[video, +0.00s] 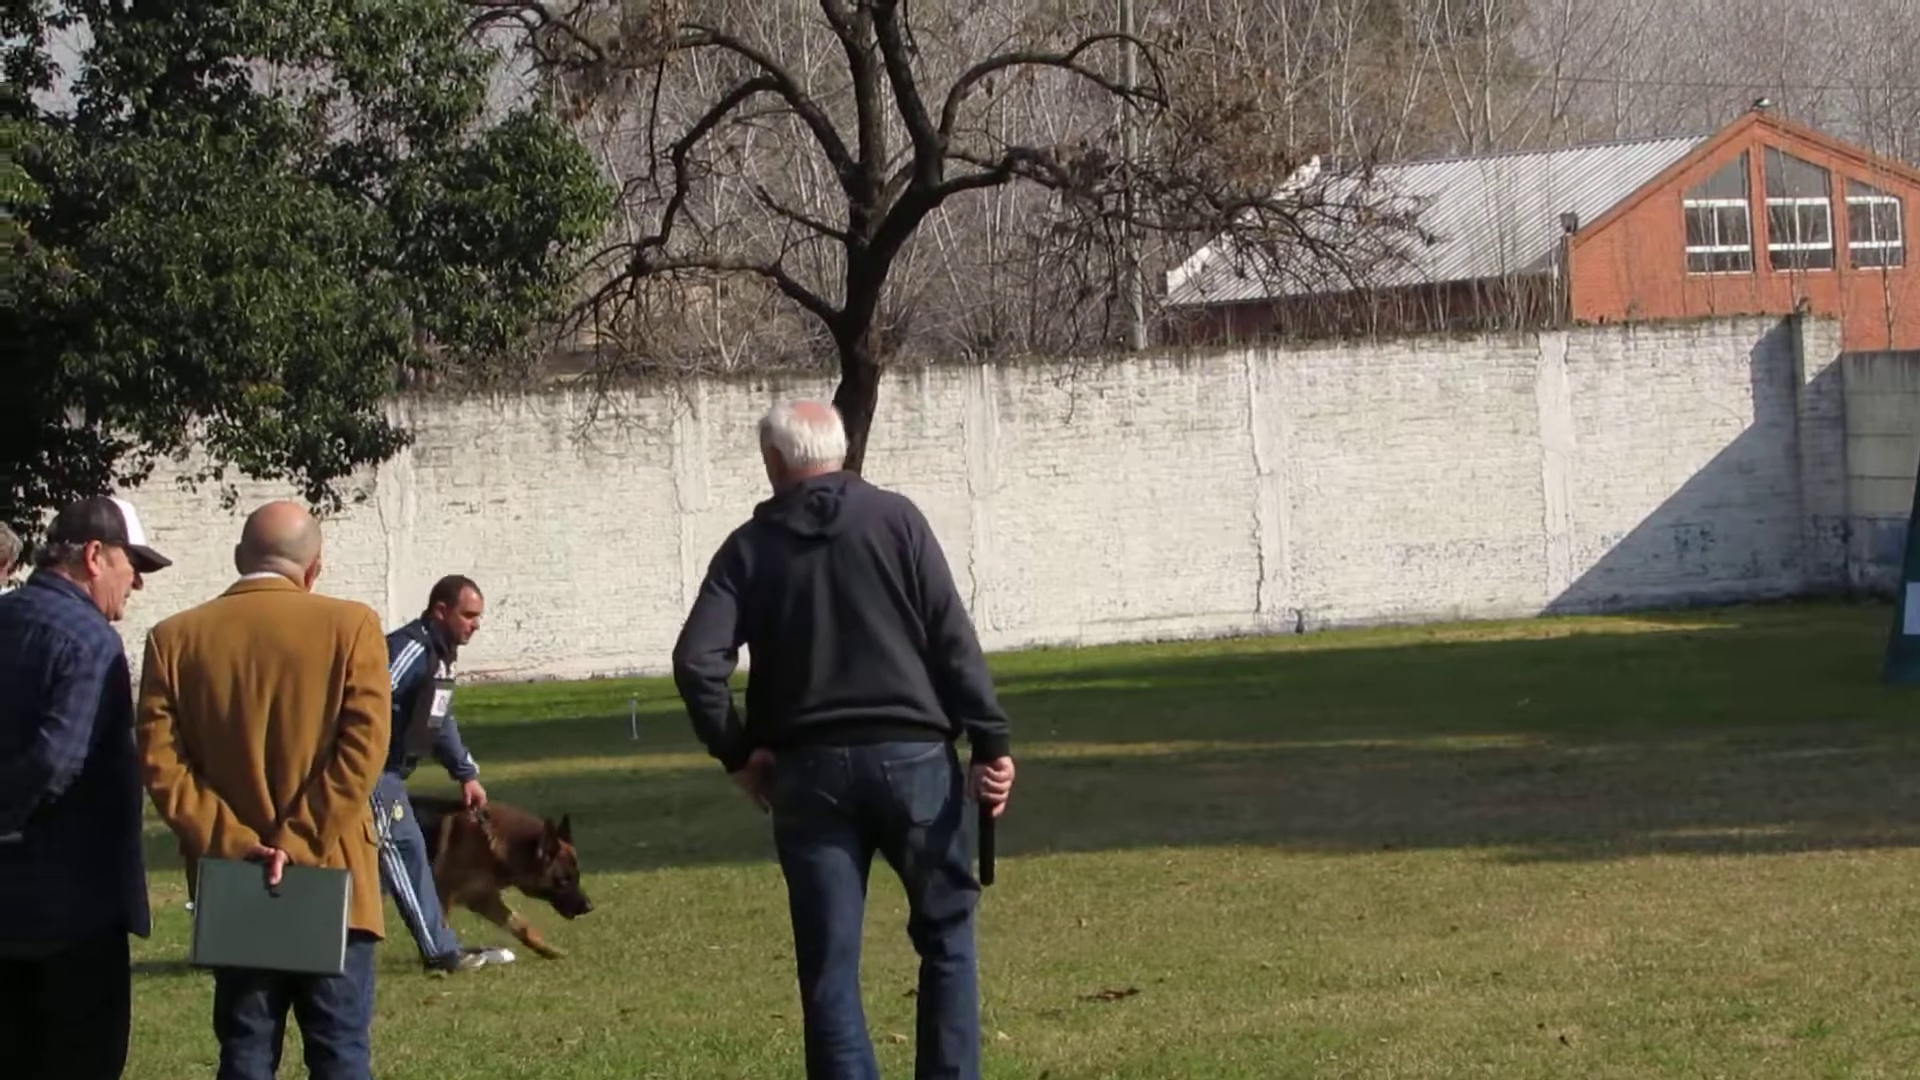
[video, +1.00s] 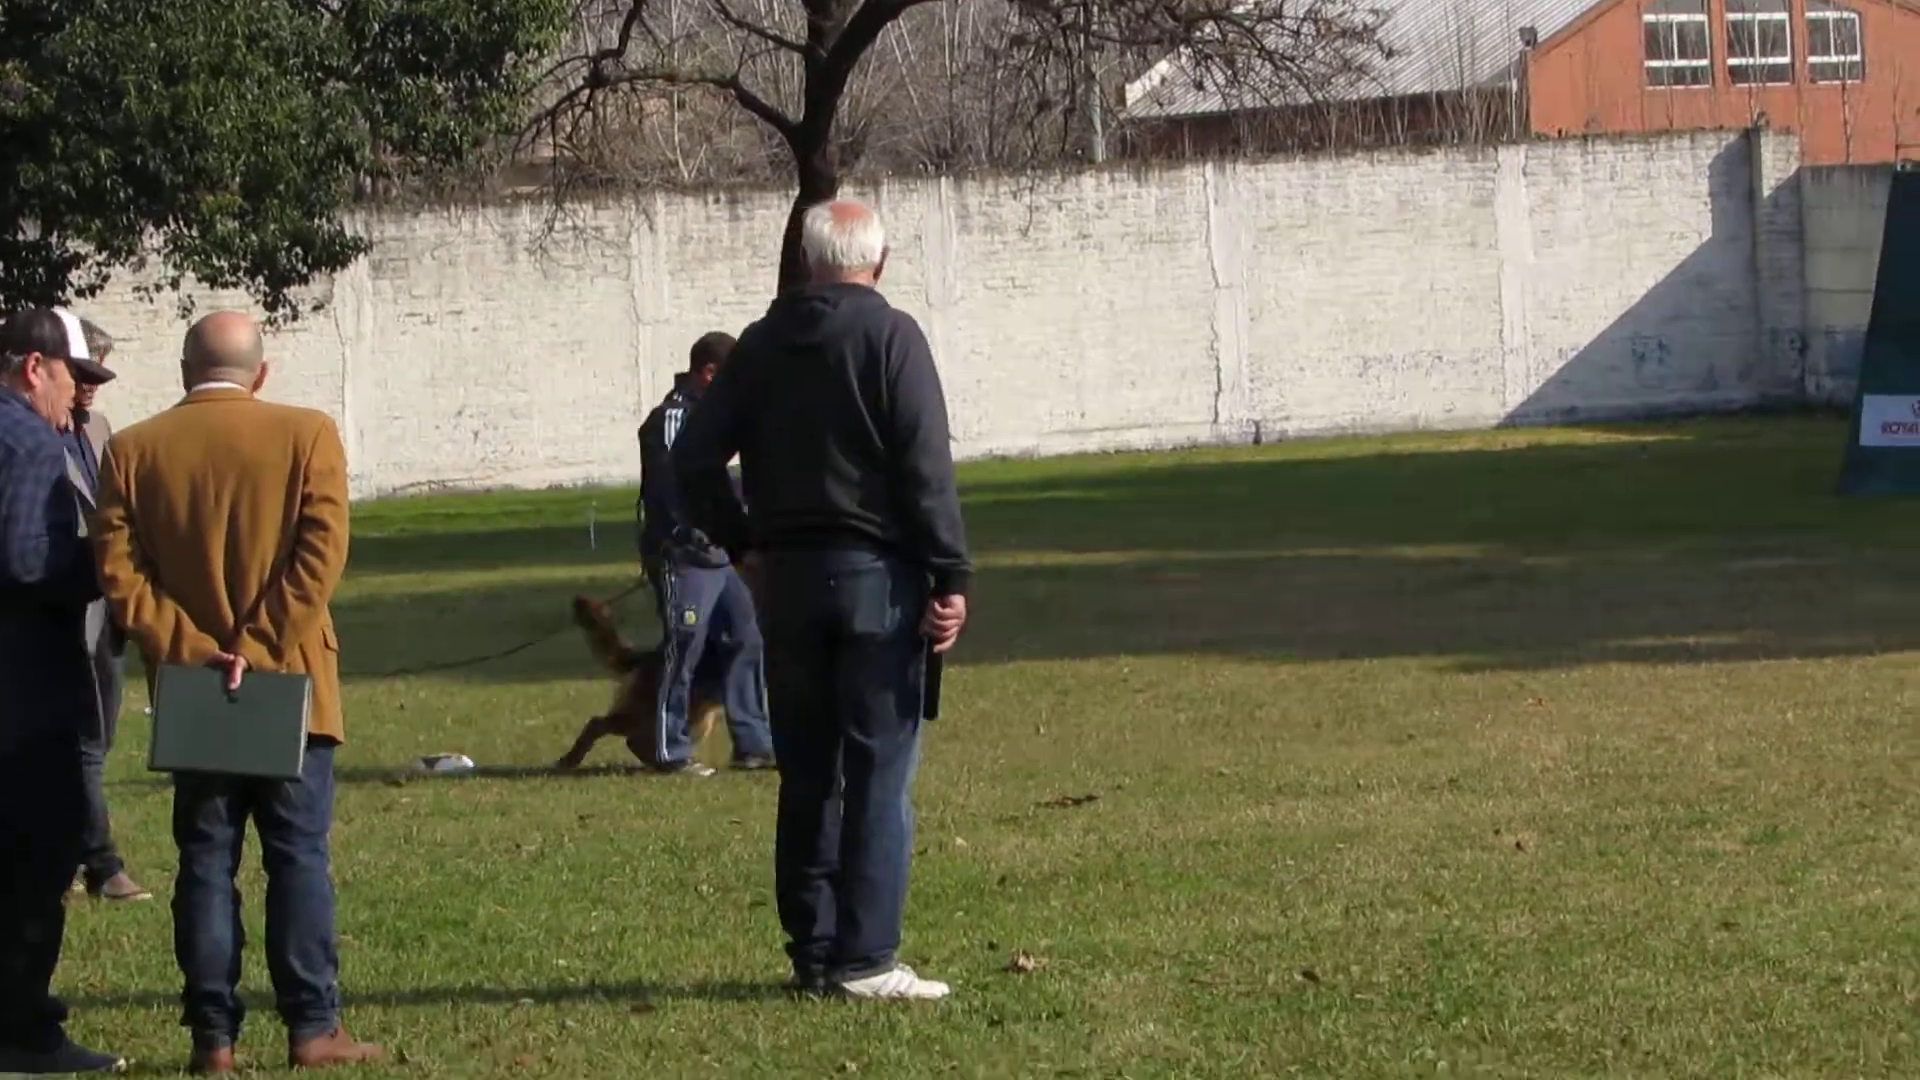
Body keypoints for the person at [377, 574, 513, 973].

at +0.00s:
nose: (475, 625)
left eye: (478, 617)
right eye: (469, 616)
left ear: (445, 612)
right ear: (441, 610)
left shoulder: (439, 652)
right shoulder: (411, 647)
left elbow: (440, 720)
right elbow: (369, 701)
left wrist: (467, 774)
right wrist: (366, 764)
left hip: (391, 770)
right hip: (376, 770)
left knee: (348, 858)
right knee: (406, 853)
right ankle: (441, 950)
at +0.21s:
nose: (516, 610)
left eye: (518, 602)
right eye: (510, 602)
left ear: (490, 600)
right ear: (480, 598)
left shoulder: (489, 641)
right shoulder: (443, 635)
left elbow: (498, 707)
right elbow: (411, 696)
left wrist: (521, 763)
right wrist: (415, 760)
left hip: (455, 759)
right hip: (421, 759)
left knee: (474, 840)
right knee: (443, 840)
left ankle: (403, 905)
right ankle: (443, 951)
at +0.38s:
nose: (565, 598)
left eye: (566, 590)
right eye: (558, 589)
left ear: (539, 588)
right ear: (530, 585)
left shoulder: (539, 631)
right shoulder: (493, 620)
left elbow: (544, 700)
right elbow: (470, 678)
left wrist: (566, 758)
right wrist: (494, 730)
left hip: (512, 751)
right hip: (472, 749)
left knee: (539, 838)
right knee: (478, 839)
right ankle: (451, 945)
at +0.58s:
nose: (622, 568)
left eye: (623, 560)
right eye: (613, 560)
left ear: (619, 562)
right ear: (584, 561)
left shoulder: (604, 611)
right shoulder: (555, 600)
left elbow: (608, 681)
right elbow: (519, 654)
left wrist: (636, 737)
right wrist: (512, 712)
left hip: (575, 735)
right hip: (540, 730)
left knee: (591, 819)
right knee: (583, 815)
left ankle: (576, 924)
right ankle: (548, 925)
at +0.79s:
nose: (678, 491)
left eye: (680, 483)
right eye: (669, 483)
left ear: (678, 484)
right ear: (639, 482)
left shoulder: (668, 530)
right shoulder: (612, 528)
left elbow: (680, 588)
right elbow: (563, 571)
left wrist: (705, 635)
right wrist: (546, 627)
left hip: (655, 661)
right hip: (622, 661)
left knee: (621, 759)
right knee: (668, 750)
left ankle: (554, 839)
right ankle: (689, 857)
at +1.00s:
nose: (729, 383)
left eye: (730, 376)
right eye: (726, 374)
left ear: (710, 371)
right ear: (706, 370)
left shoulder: (712, 416)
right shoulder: (669, 418)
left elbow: (713, 480)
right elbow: (664, 492)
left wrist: (735, 528)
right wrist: (692, 538)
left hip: (720, 551)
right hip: (683, 555)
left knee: (747, 641)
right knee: (683, 649)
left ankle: (753, 744)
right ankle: (670, 749)